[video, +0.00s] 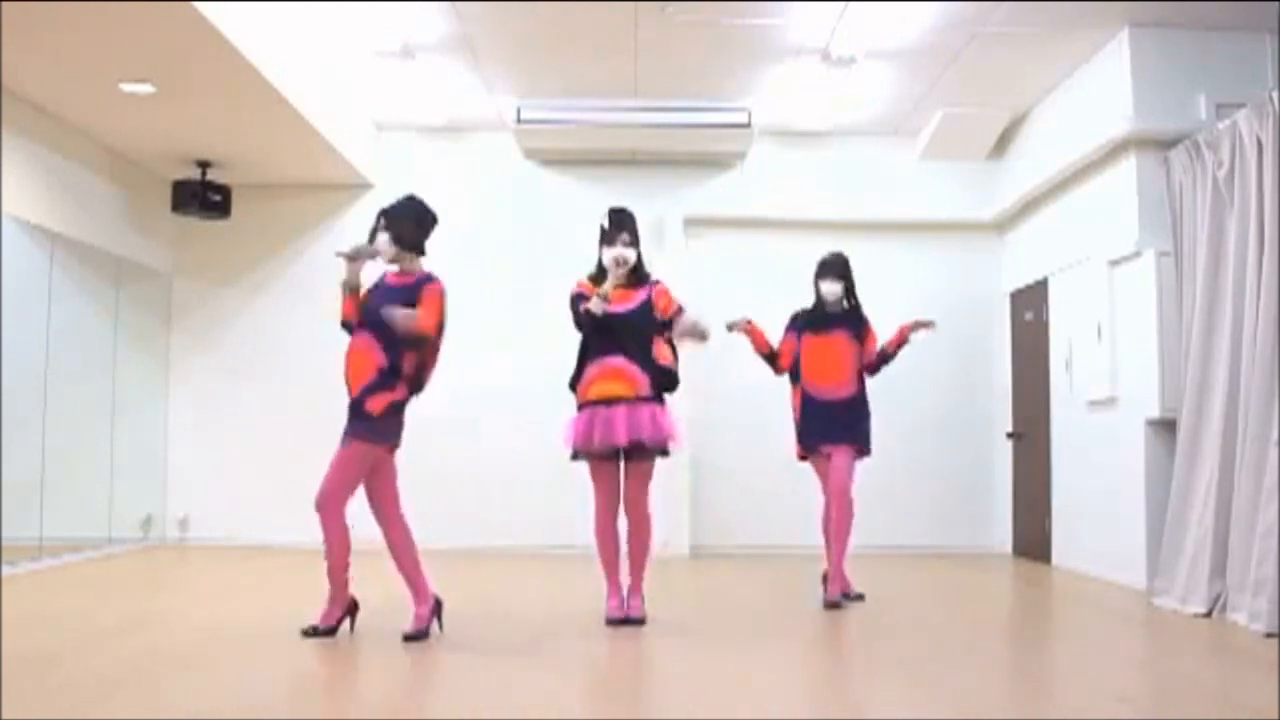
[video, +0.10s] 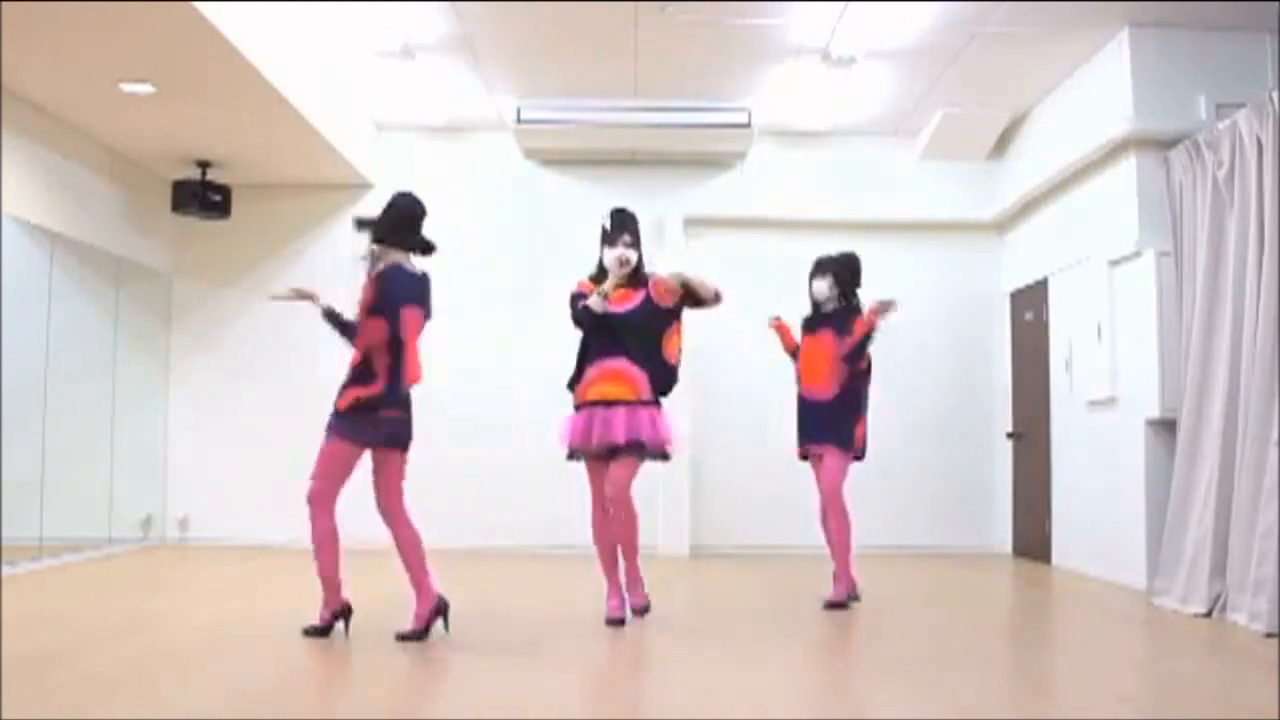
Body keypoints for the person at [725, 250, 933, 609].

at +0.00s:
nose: (830, 288)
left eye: (837, 281)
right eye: (824, 280)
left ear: (847, 284)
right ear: (815, 283)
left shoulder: (856, 322)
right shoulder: (801, 322)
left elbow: (870, 365)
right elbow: (781, 366)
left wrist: (902, 336)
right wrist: (752, 333)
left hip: (848, 413)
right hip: (813, 415)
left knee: (840, 490)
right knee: (831, 494)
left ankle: (835, 575)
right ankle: (836, 574)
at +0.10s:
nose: (817, 287)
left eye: (824, 280)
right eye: (814, 280)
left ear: (842, 283)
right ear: (811, 284)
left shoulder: (852, 320)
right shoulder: (812, 323)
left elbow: (849, 353)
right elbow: (803, 361)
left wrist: (869, 322)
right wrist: (785, 337)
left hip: (842, 414)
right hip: (813, 413)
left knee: (832, 492)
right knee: (827, 495)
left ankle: (843, 577)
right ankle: (842, 576)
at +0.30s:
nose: (806, 284)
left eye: (809, 279)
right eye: (808, 279)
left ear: (814, 280)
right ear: (841, 280)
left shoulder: (808, 316)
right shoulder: (858, 319)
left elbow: (784, 355)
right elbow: (874, 364)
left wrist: (767, 320)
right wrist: (876, 329)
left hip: (822, 410)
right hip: (851, 410)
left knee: (820, 493)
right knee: (827, 493)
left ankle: (847, 576)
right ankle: (849, 573)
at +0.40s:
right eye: (830, 271)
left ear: (801, 281)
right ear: (837, 277)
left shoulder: (794, 319)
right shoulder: (852, 316)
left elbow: (793, 357)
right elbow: (878, 357)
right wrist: (893, 325)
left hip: (808, 415)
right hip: (853, 415)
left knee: (815, 496)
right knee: (846, 496)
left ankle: (823, 577)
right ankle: (843, 576)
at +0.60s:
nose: (845, 281)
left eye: (841, 275)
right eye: (840, 275)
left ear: (815, 281)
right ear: (832, 279)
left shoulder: (816, 313)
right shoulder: (831, 313)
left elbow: (844, 343)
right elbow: (830, 353)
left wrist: (879, 347)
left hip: (807, 413)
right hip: (832, 413)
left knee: (813, 490)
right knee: (840, 491)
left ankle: (773, 564)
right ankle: (824, 575)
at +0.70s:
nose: (850, 287)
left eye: (849, 280)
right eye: (844, 280)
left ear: (825, 282)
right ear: (828, 282)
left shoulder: (834, 321)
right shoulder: (820, 317)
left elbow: (849, 369)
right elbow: (804, 360)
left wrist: (867, 334)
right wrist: (825, 386)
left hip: (820, 417)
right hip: (815, 417)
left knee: (809, 494)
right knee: (833, 491)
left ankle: (777, 566)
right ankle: (818, 573)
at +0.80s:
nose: (851, 288)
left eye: (853, 281)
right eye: (844, 280)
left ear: (853, 285)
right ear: (827, 281)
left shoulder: (847, 321)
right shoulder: (815, 315)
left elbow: (848, 367)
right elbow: (789, 354)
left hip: (825, 416)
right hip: (804, 415)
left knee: (807, 494)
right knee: (821, 489)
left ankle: (777, 565)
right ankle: (819, 572)